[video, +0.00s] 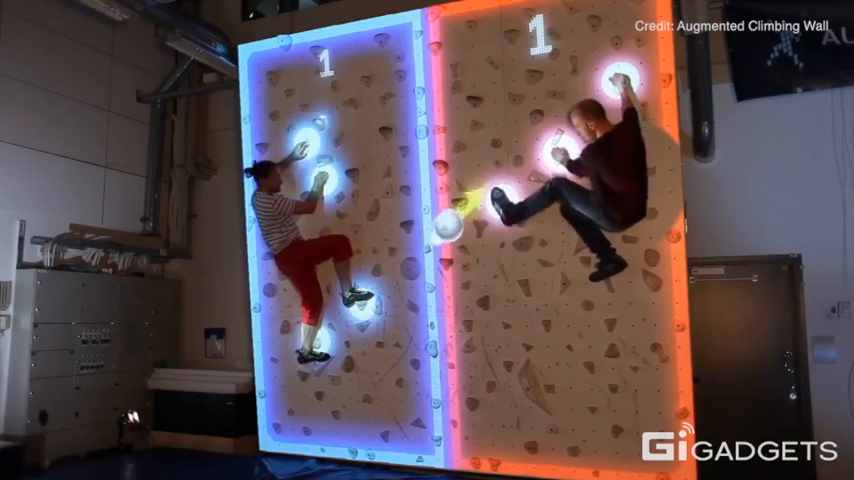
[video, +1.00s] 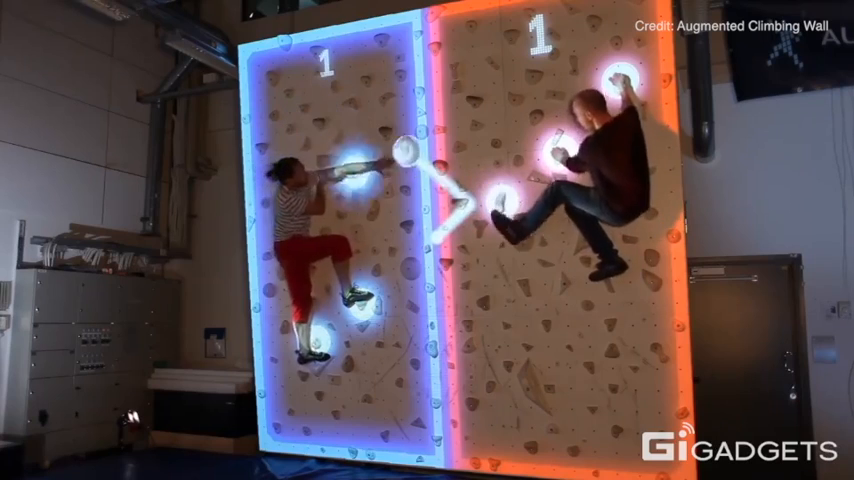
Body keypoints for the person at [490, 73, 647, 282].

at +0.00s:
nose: (579, 133)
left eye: (578, 127)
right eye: (576, 128)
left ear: (591, 124)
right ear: (604, 117)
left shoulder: (593, 153)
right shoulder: (630, 128)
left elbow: (578, 170)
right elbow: (629, 108)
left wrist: (565, 160)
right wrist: (626, 89)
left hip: (616, 219)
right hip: (638, 212)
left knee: (558, 185)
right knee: (569, 209)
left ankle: (513, 213)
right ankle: (609, 259)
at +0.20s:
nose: (582, 134)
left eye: (582, 128)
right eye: (580, 129)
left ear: (595, 125)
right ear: (606, 120)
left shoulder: (597, 156)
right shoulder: (632, 131)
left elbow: (579, 171)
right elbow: (631, 111)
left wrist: (566, 160)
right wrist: (626, 89)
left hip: (619, 221)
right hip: (641, 215)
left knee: (559, 190)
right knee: (571, 210)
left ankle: (513, 214)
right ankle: (610, 260)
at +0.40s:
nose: (583, 131)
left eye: (583, 125)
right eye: (581, 126)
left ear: (596, 123)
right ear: (609, 118)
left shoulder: (598, 154)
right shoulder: (634, 130)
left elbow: (581, 169)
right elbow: (630, 111)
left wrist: (566, 159)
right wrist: (626, 89)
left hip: (620, 220)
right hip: (642, 213)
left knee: (560, 192)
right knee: (572, 209)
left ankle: (514, 218)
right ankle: (610, 261)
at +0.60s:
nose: (580, 129)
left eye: (580, 123)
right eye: (578, 124)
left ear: (592, 121)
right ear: (605, 115)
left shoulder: (595, 152)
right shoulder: (630, 128)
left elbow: (579, 168)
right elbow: (625, 111)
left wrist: (564, 159)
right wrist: (625, 90)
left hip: (618, 217)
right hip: (640, 209)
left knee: (557, 192)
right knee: (571, 210)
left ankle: (512, 221)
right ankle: (609, 261)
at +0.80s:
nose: (578, 128)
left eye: (578, 123)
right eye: (575, 124)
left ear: (590, 120)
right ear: (602, 113)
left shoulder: (594, 150)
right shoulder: (628, 125)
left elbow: (579, 168)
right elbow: (626, 107)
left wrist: (564, 159)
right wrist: (625, 88)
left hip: (619, 215)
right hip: (641, 208)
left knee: (557, 193)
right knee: (573, 208)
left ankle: (512, 222)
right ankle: (609, 260)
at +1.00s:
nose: (578, 121)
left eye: (577, 115)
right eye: (576, 116)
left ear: (588, 115)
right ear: (604, 106)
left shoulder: (592, 145)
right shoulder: (629, 119)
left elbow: (578, 167)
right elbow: (629, 105)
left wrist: (564, 158)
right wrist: (626, 90)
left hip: (619, 212)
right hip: (641, 204)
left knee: (558, 189)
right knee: (574, 207)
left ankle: (519, 229)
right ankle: (610, 260)